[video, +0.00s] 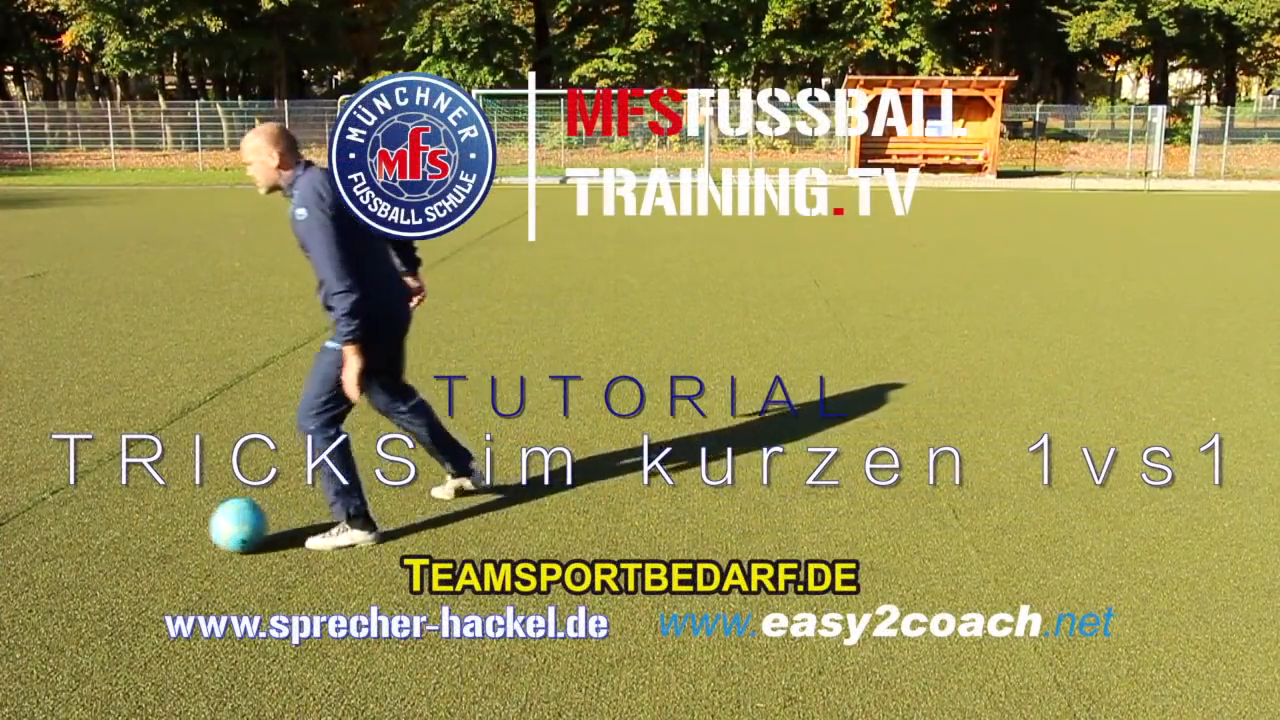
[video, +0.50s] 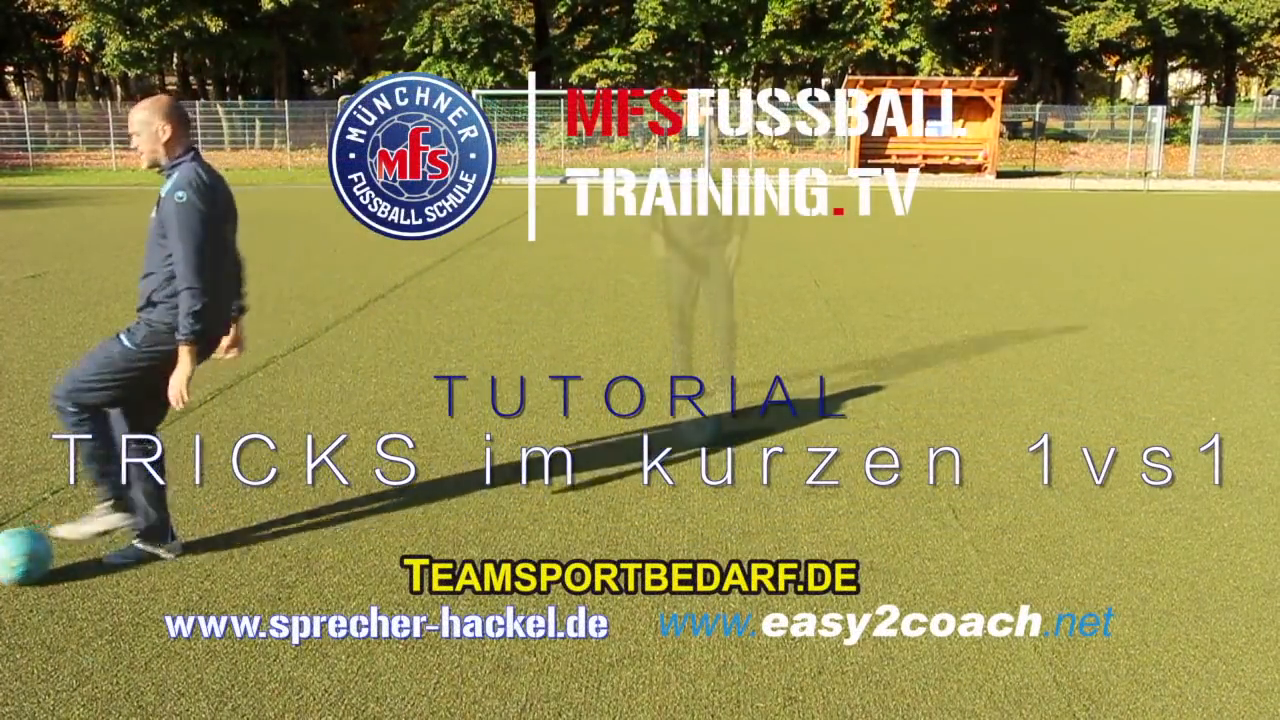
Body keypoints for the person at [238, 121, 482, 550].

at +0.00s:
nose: (250, 175)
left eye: (251, 165)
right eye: (248, 166)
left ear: (274, 159)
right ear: (284, 155)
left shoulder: (305, 199)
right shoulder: (334, 175)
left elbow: (338, 281)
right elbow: (388, 212)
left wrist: (350, 348)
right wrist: (410, 269)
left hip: (361, 319)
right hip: (392, 307)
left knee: (316, 416)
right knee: (386, 390)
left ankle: (354, 522)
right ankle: (464, 471)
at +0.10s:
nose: (218, 160)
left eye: (221, 149)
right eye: (216, 150)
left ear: (246, 146)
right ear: (260, 142)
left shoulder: (272, 196)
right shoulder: (315, 174)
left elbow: (293, 280)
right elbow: (365, 214)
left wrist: (295, 348)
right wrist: (390, 269)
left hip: (325, 315)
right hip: (356, 304)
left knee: (299, 423)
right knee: (328, 396)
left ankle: (350, 522)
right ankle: (409, 461)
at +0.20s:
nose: (194, 128)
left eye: (196, 118)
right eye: (192, 119)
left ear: (221, 116)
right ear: (233, 113)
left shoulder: (243, 166)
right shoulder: (287, 152)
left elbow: (257, 253)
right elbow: (345, 203)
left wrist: (247, 317)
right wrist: (366, 256)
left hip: (285, 296)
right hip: (312, 287)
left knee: (288, 399)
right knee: (258, 378)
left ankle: (343, 509)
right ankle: (312, 480)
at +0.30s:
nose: (173, 111)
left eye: (177, 101)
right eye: (171, 102)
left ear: (203, 101)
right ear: (212, 100)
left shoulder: (218, 153)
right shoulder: (255, 143)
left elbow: (230, 237)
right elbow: (315, 198)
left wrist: (216, 299)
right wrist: (332, 255)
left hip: (248, 287)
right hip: (269, 282)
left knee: (215, 396)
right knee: (213, 391)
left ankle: (297, 485)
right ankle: (204, 502)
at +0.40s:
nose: (152, 128)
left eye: (155, 118)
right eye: (151, 118)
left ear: (182, 116)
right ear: (190, 116)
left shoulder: (201, 168)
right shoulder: (223, 161)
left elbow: (213, 255)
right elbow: (279, 224)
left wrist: (195, 326)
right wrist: (288, 284)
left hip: (203, 310)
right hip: (227, 307)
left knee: (130, 400)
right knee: (176, 411)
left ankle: (218, 473)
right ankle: (155, 526)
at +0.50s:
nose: (133, 146)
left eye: (137, 136)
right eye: (131, 137)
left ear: (166, 131)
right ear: (172, 132)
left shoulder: (183, 187)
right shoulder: (207, 179)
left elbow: (190, 280)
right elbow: (229, 255)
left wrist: (186, 358)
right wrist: (235, 317)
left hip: (163, 328)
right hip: (193, 327)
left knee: (72, 397)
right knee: (133, 422)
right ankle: (155, 534)